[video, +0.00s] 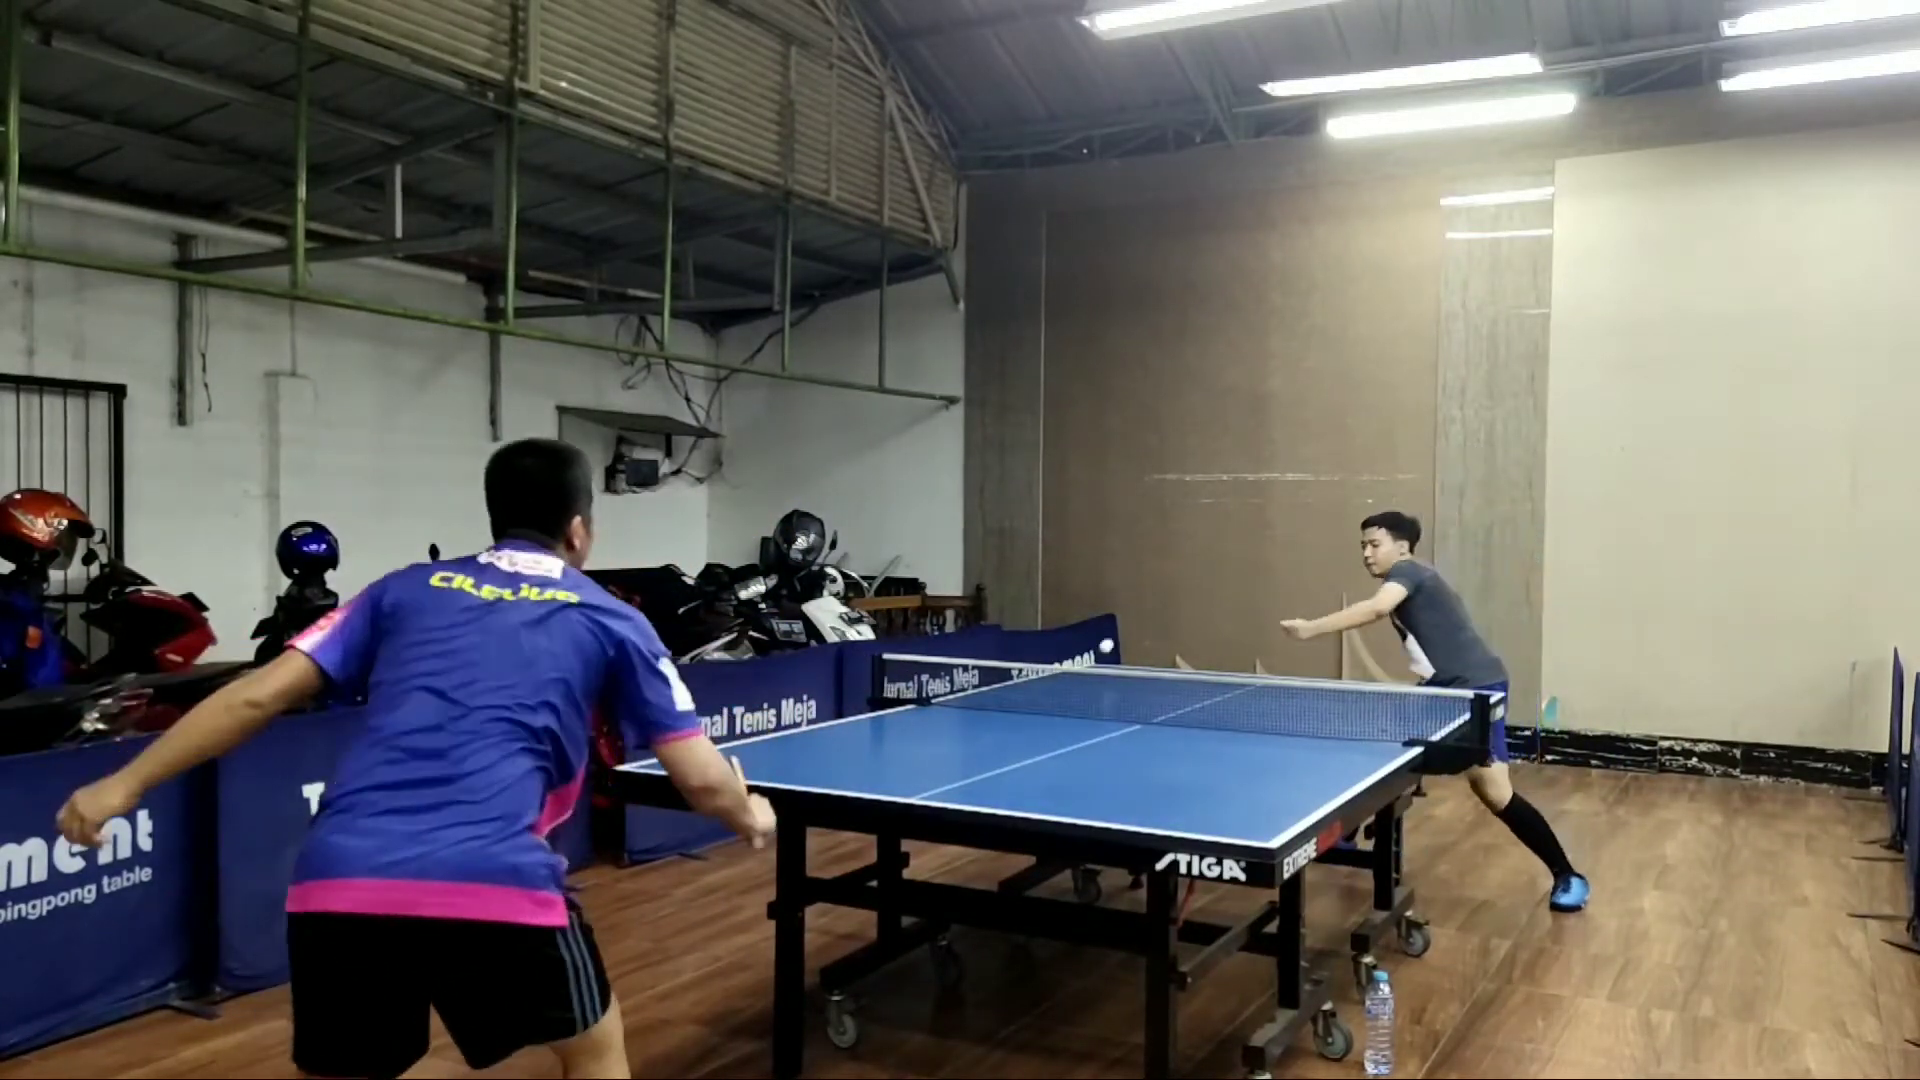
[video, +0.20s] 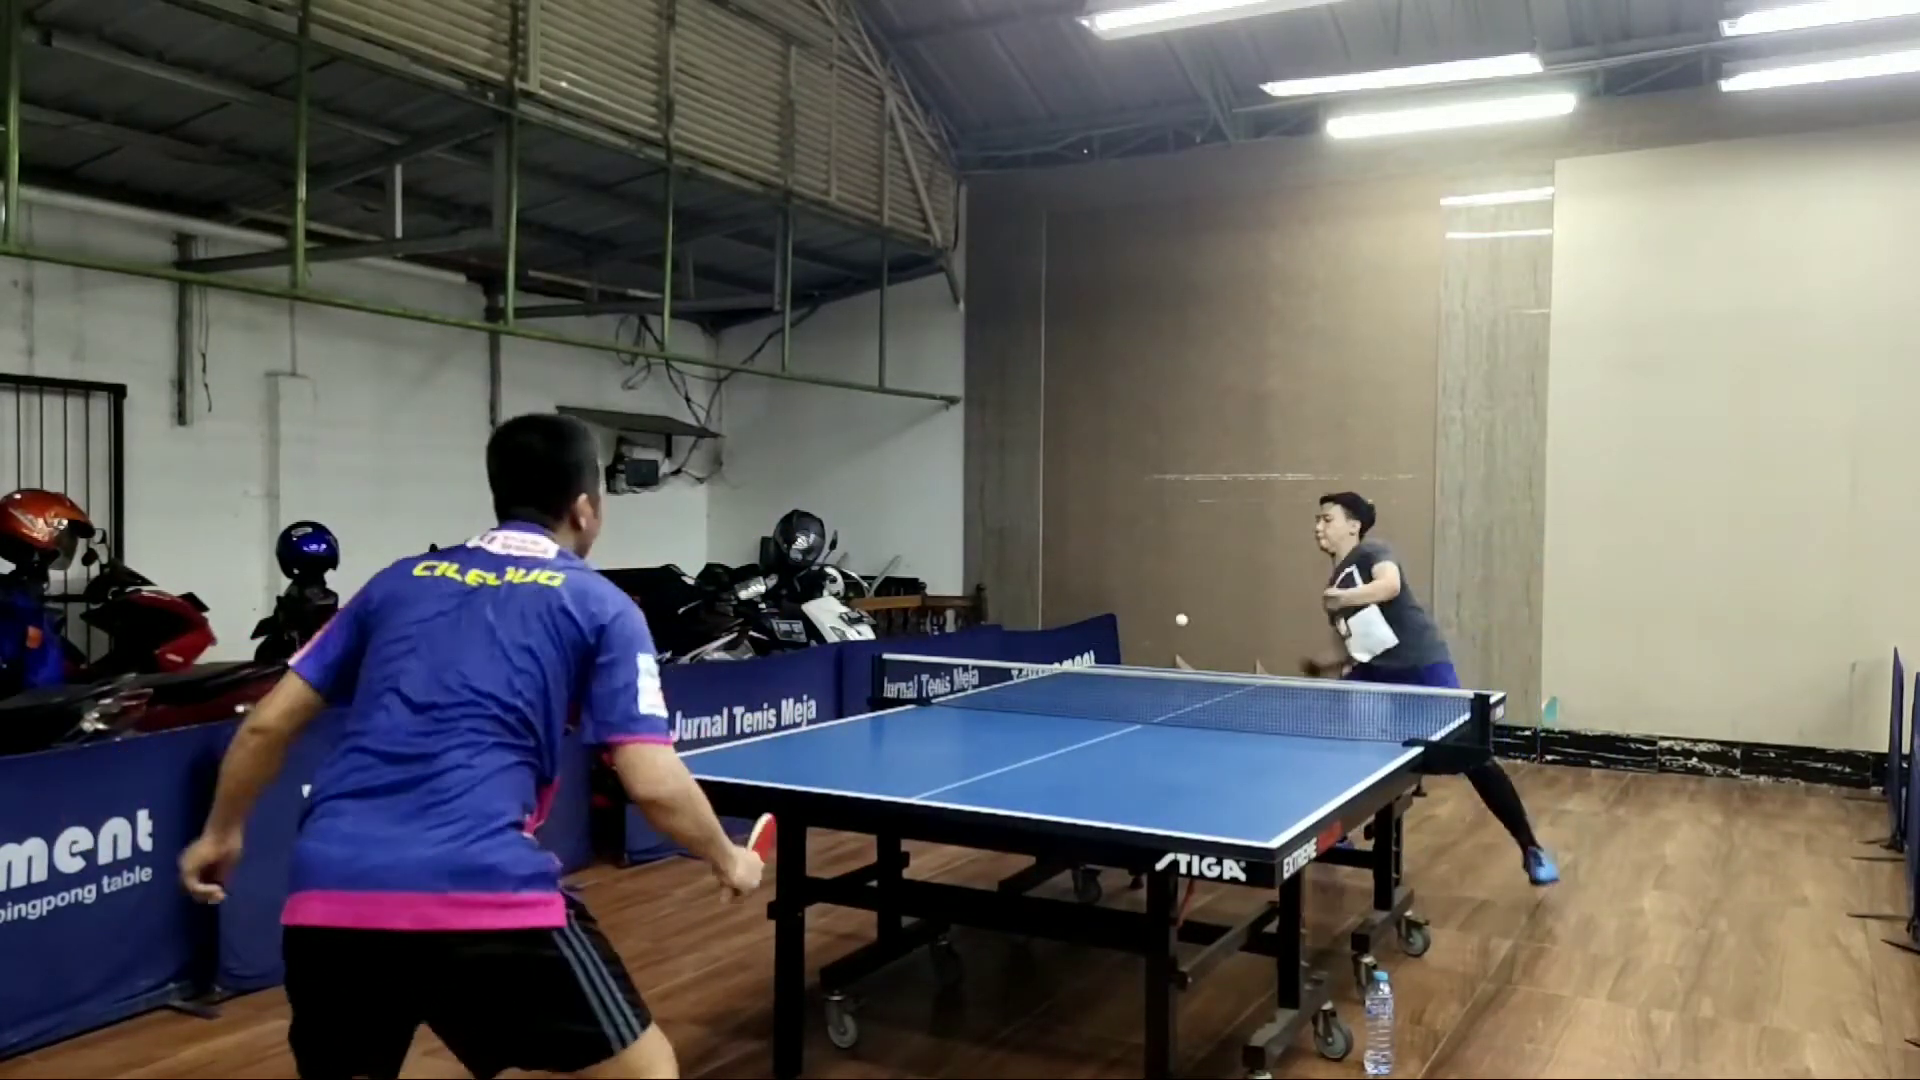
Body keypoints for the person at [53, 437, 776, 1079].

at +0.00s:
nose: (594, 535)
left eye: (585, 521)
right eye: (593, 523)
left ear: (490, 523)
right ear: (579, 531)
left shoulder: (403, 589)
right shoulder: (611, 622)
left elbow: (264, 692)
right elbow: (706, 782)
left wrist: (122, 785)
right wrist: (744, 808)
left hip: (338, 894)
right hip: (493, 899)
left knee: (346, 1068)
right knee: (592, 1050)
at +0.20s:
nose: (602, 509)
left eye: (602, 493)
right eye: (600, 494)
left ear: (496, 500)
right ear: (582, 506)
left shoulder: (397, 580)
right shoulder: (599, 605)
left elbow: (269, 722)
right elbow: (652, 779)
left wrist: (221, 830)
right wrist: (727, 856)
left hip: (328, 908)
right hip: (484, 905)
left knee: (338, 1069)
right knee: (642, 1063)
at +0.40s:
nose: (688, 539)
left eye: (686, 521)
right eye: (688, 522)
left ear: (585, 520)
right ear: (671, 531)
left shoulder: (474, 598)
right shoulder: (676, 631)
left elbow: (372, 768)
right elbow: (704, 832)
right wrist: (775, 893)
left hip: (378, 953)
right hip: (536, 960)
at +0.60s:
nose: (771, 588)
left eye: (777, 572)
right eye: (776, 570)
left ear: (673, 530)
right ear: (749, 572)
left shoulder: (581, 586)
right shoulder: (633, 634)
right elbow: (495, 802)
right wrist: (653, 908)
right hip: (490, 972)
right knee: (638, 1067)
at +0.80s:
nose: (667, 559)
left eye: (674, 539)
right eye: (666, 537)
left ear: (605, 520)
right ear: (610, 520)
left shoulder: (547, 583)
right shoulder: (443, 591)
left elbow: (485, 774)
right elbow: (367, 785)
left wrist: (534, 919)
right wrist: (504, 914)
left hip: (502, 948)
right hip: (417, 967)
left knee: (597, 1065)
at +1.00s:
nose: (537, 502)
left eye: (541, 485)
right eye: (536, 485)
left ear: (418, 459)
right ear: (494, 489)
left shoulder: (360, 551)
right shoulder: (351, 597)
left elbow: (235, 684)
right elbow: (240, 783)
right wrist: (173, 988)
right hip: (427, 976)